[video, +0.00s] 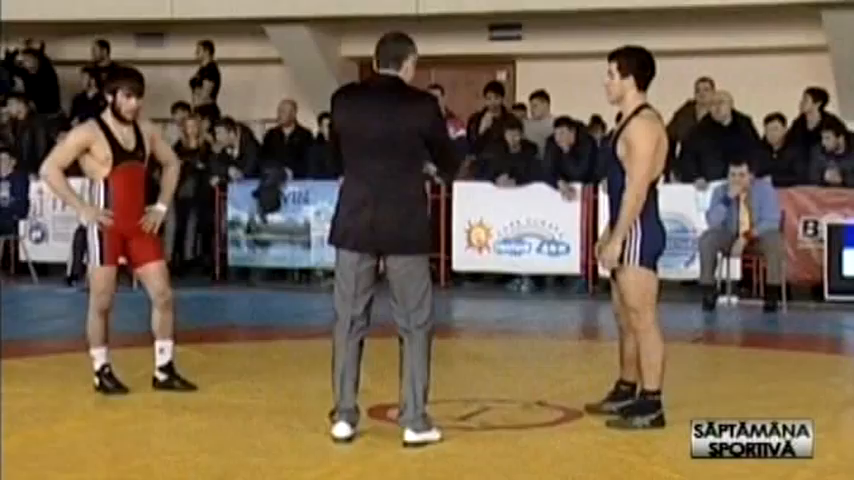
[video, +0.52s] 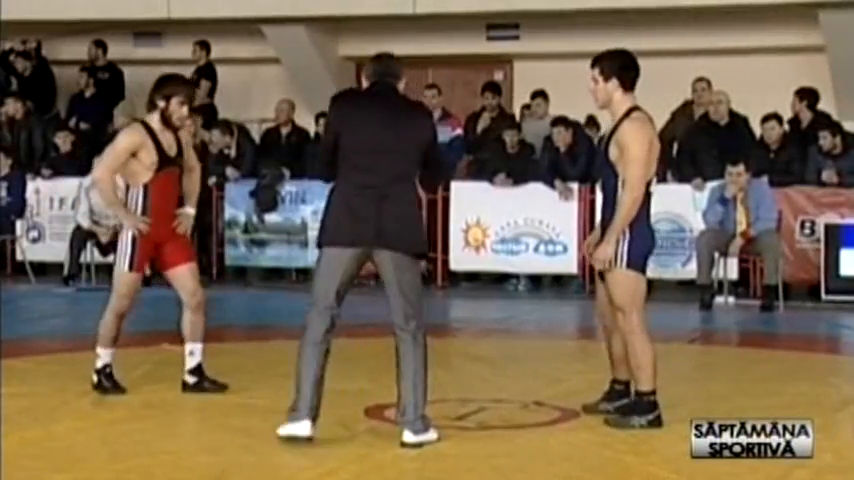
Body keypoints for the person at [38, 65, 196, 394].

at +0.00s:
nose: (135, 103)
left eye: (138, 96)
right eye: (129, 96)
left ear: (141, 98)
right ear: (111, 97)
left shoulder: (146, 129)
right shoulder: (89, 132)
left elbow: (172, 163)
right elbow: (49, 170)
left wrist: (161, 206)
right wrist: (82, 208)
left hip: (141, 226)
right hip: (105, 227)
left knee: (163, 295)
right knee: (101, 301)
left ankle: (164, 368)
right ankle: (101, 368)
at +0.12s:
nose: (139, 104)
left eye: (142, 97)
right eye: (132, 97)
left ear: (144, 99)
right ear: (115, 98)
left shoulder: (146, 129)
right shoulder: (93, 132)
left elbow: (169, 163)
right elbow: (54, 170)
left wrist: (162, 205)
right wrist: (84, 208)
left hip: (142, 225)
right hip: (107, 226)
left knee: (168, 293)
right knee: (101, 302)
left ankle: (166, 366)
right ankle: (100, 368)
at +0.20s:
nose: (144, 105)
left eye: (147, 98)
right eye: (138, 97)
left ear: (148, 100)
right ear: (120, 97)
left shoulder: (148, 129)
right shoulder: (98, 132)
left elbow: (168, 163)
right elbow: (61, 171)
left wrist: (164, 204)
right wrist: (90, 208)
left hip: (145, 225)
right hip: (111, 226)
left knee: (170, 293)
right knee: (103, 301)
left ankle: (174, 367)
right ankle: (99, 368)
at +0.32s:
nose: (155, 108)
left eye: (158, 102)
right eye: (149, 100)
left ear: (159, 103)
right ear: (132, 99)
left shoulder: (156, 133)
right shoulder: (108, 132)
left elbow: (172, 165)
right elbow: (71, 172)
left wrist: (169, 205)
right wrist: (100, 210)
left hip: (150, 227)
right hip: (116, 227)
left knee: (176, 294)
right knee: (107, 301)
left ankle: (185, 367)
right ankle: (99, 368)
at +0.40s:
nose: (167, 110)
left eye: (169, 104)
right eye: (162, 103)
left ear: (168, 106)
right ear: (143, 101)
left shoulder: (165, 135)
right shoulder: (117, 134)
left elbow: (178, 167)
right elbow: (82, 172)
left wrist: (175, 205)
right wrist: (109, 212)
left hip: (158, 229)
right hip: (123, 229)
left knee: (184, 295)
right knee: (111, 303)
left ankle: (191, 368)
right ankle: (100, 368)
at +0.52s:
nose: (186, 112)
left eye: (188, 105)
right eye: (181, 104)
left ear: (184, 106)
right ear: (162, 102)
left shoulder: (180, 134)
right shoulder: (135, 134)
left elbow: (193, 169)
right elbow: (101, 175)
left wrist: (190, 207)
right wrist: (125, 216)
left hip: (171, 230)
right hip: (138, 229)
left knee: (195, 296)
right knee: (122, 302)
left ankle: (194, 370)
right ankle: (102, 368)